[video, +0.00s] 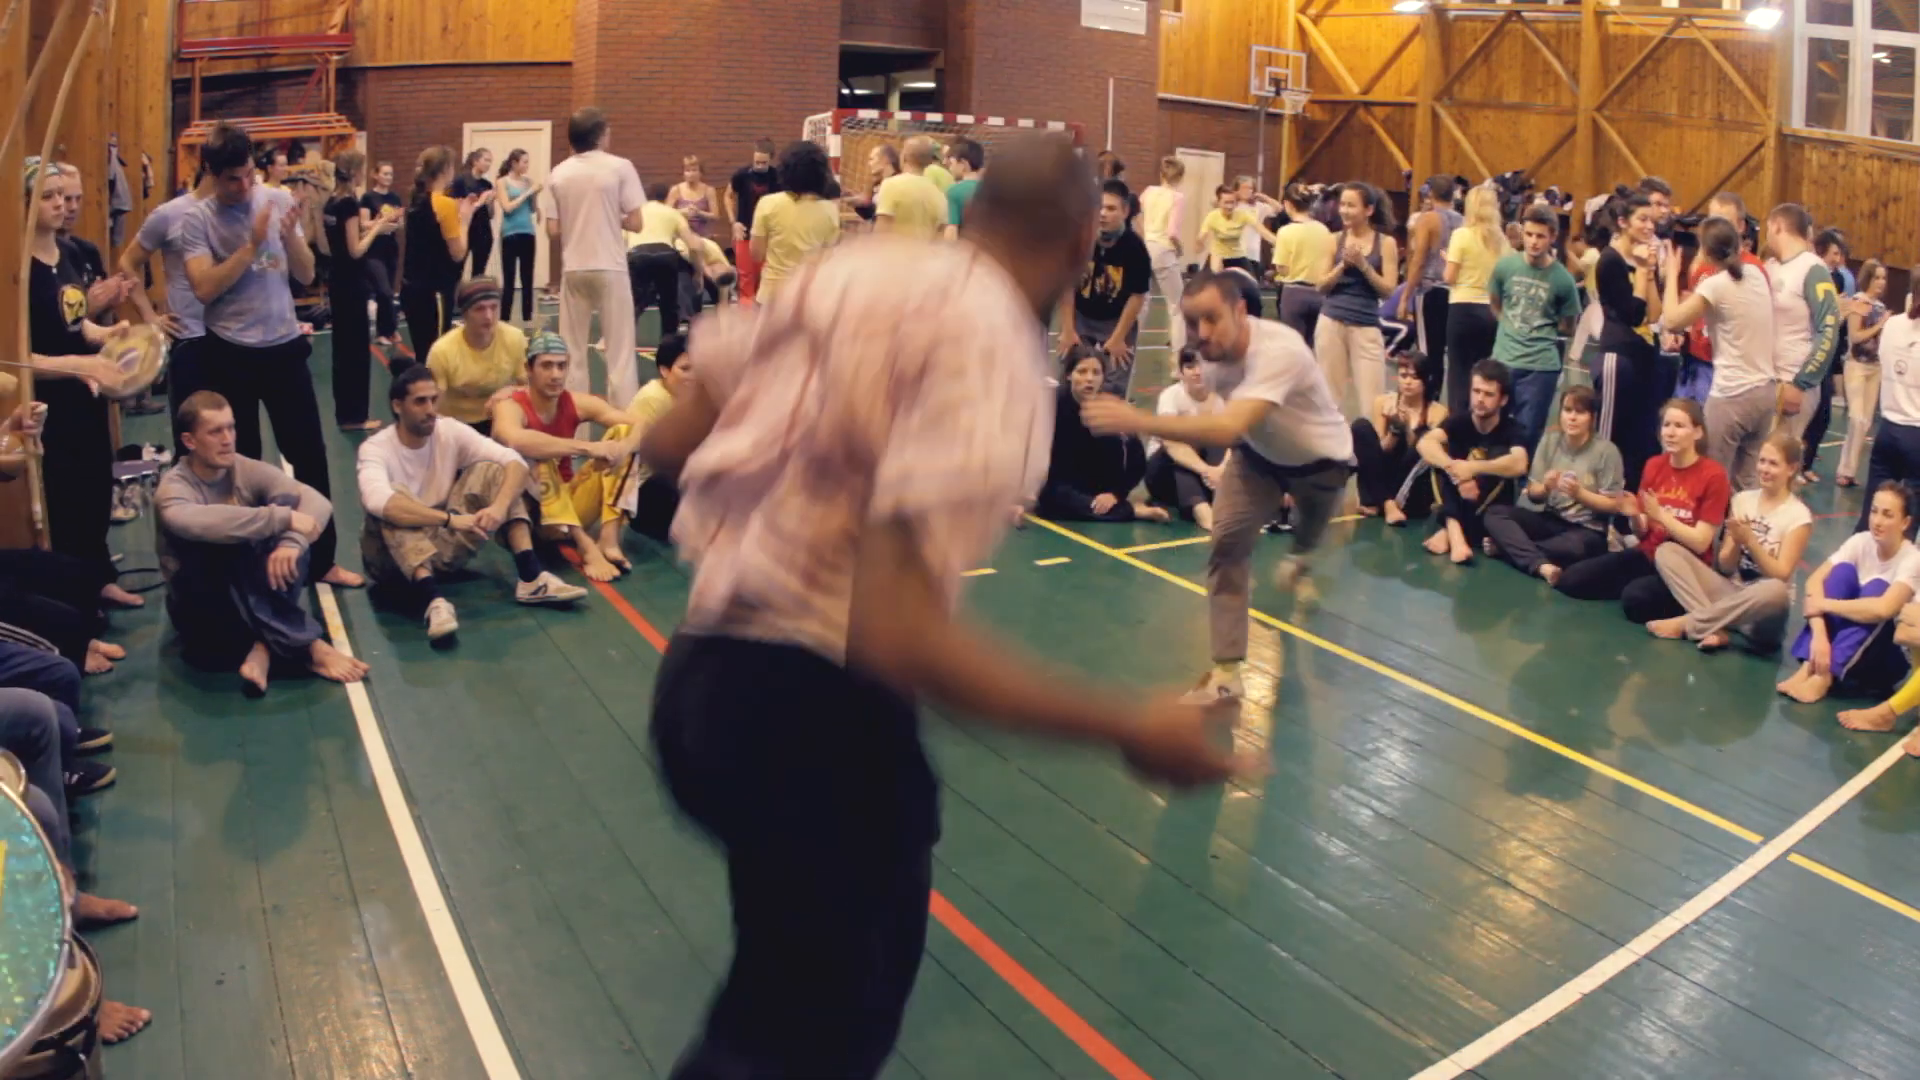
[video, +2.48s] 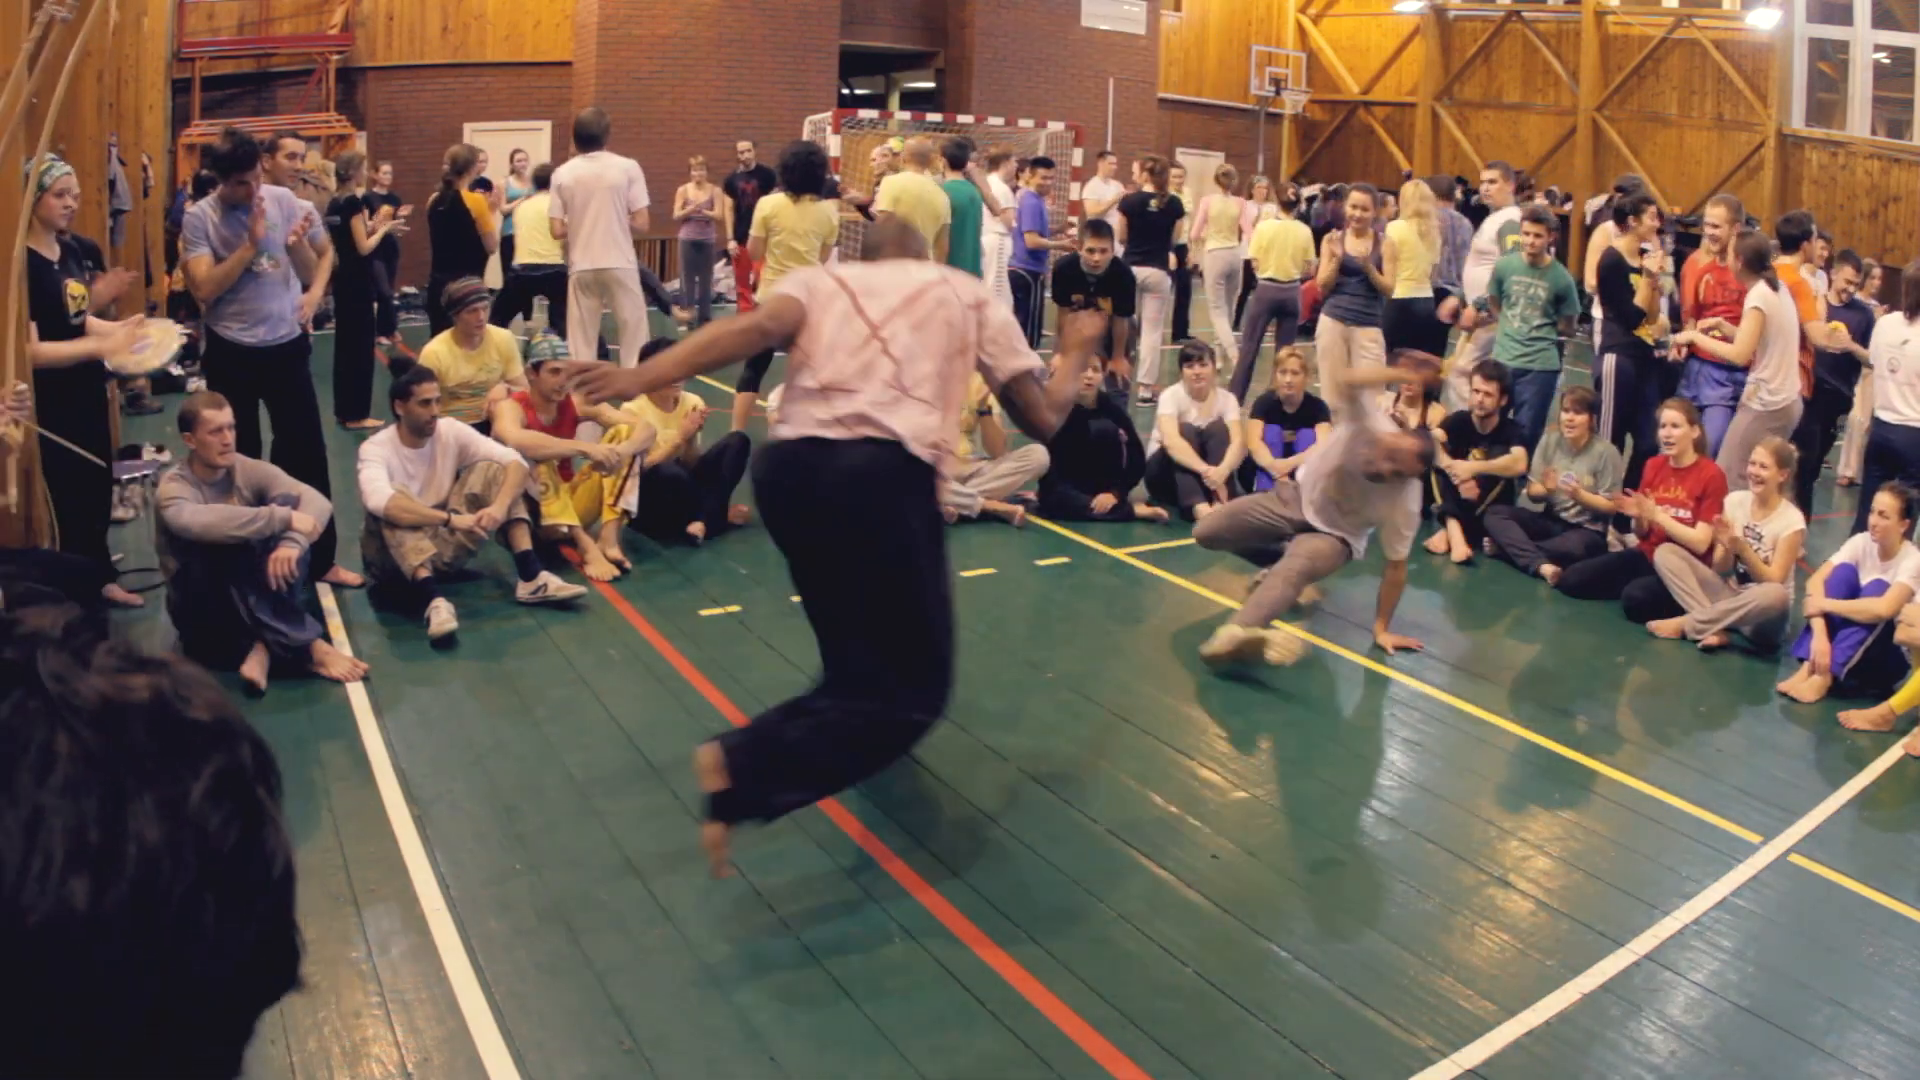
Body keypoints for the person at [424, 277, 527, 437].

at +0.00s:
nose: (488, 316)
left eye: (493, 307)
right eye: (479, 309)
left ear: (499, 309)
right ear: (464, 313)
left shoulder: (515, 339)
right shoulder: (442, 350)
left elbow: (525, 385)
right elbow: (433, 405)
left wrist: (510, 392)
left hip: (503, 421)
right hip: (457, 425)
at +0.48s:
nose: (477, 310)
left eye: (482, 302)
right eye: (468, 303)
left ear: (488, 304)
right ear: (454, 309)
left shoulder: (503, 339)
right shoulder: (435, 353)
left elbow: (521, 387)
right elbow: (426, 409)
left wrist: (508, 391)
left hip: (496, 424)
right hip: (452, 430)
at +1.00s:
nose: (477, 312)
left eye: (480, 304)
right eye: (468, 306)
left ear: (485, 305)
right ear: (451, 311)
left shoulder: (501, 337)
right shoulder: (433, 352)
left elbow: (522, 388)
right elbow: (422, 404)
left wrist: (505, 389)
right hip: (451, 430)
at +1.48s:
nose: (481, 314)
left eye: (485, 306)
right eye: (472, 307)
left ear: (489, 307)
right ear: (456, 311)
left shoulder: (504, 339)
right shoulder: (435, 352)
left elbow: (523, 388)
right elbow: (424, 403)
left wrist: (506, 388)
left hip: (494, 423)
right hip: (450, 427)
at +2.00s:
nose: (483, 318)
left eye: (487, 310)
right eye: (475, 312)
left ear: (491, 310)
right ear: (458, 315)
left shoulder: (504, 339)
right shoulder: (435, 352)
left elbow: (524, 388)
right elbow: (423, 402)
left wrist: (505, 387)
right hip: (451, 429)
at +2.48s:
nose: (481, 317)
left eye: (485, 309)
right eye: (473, 311)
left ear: (489, 309)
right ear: (455, 315)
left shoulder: (503, 339)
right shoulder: (434, 352)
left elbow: (523, 388)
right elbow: (420, 401)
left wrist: (504, 387)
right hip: (450, 429)